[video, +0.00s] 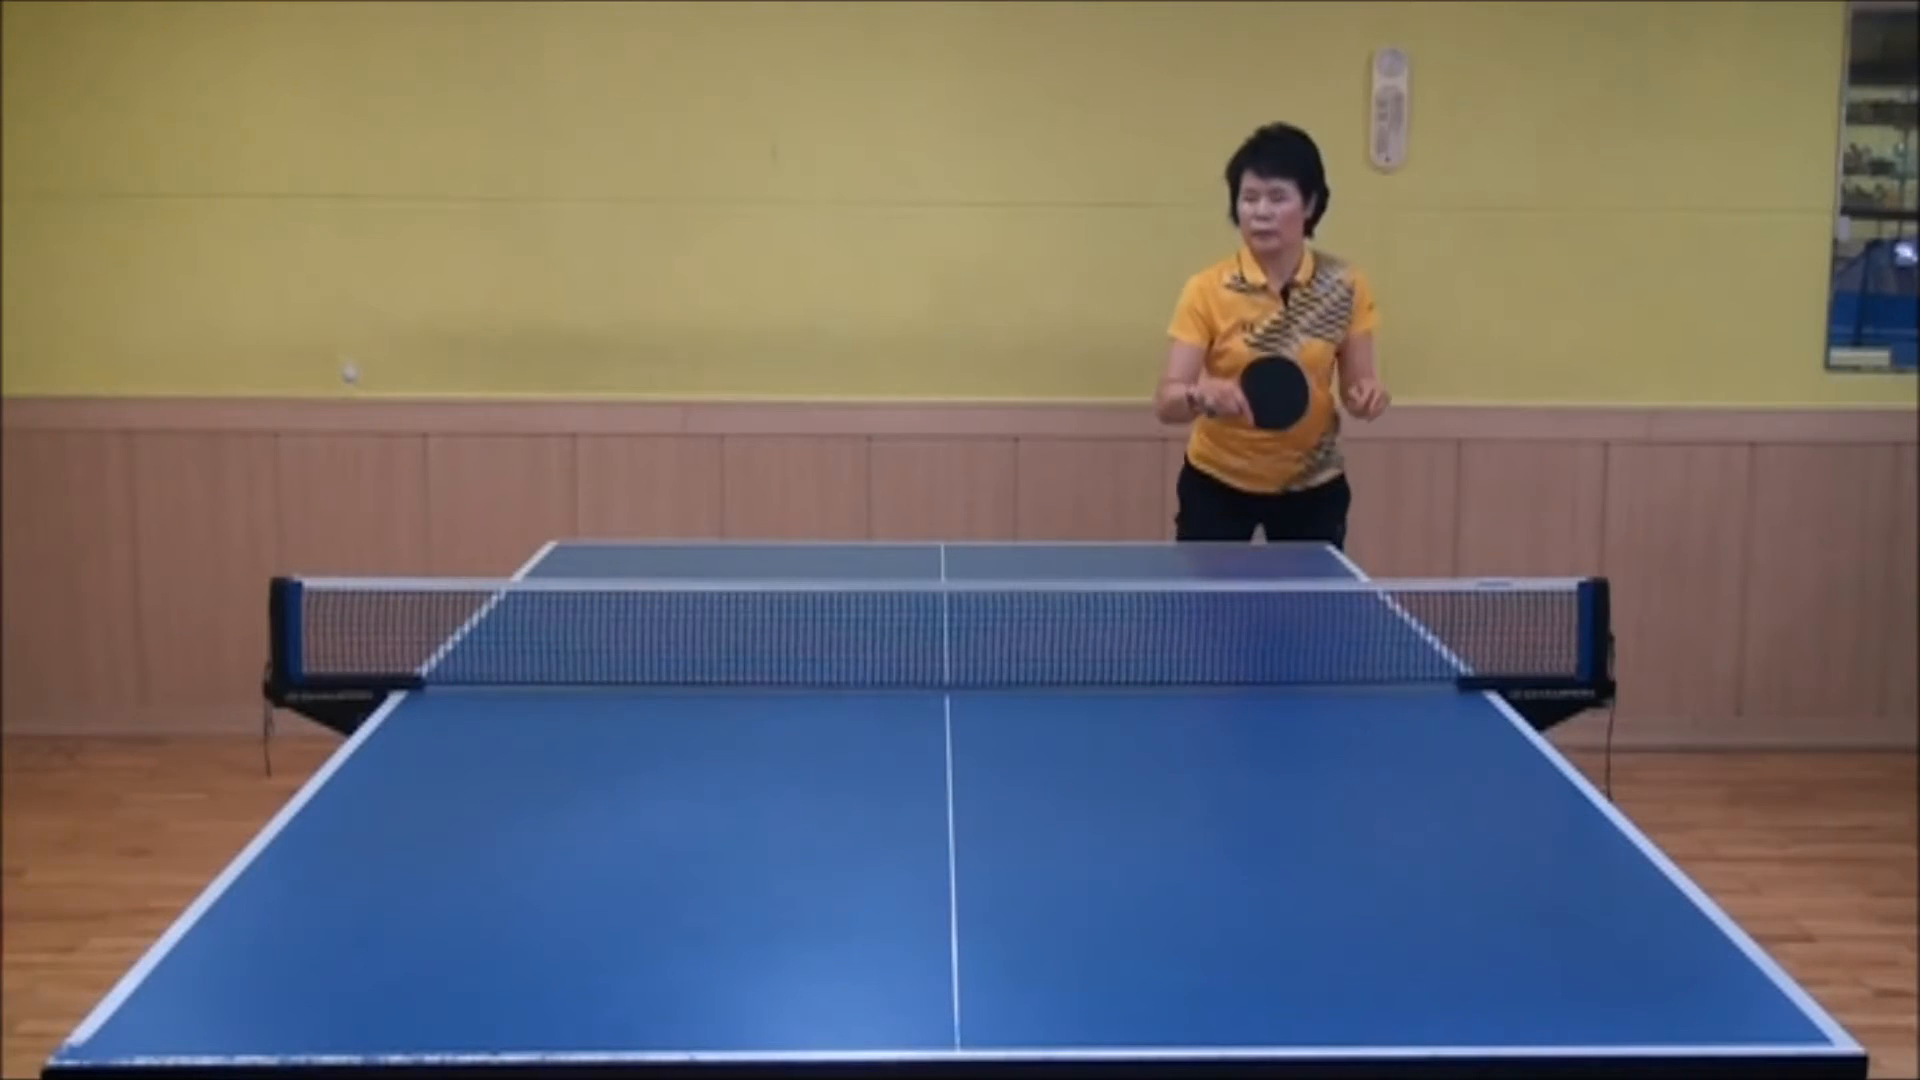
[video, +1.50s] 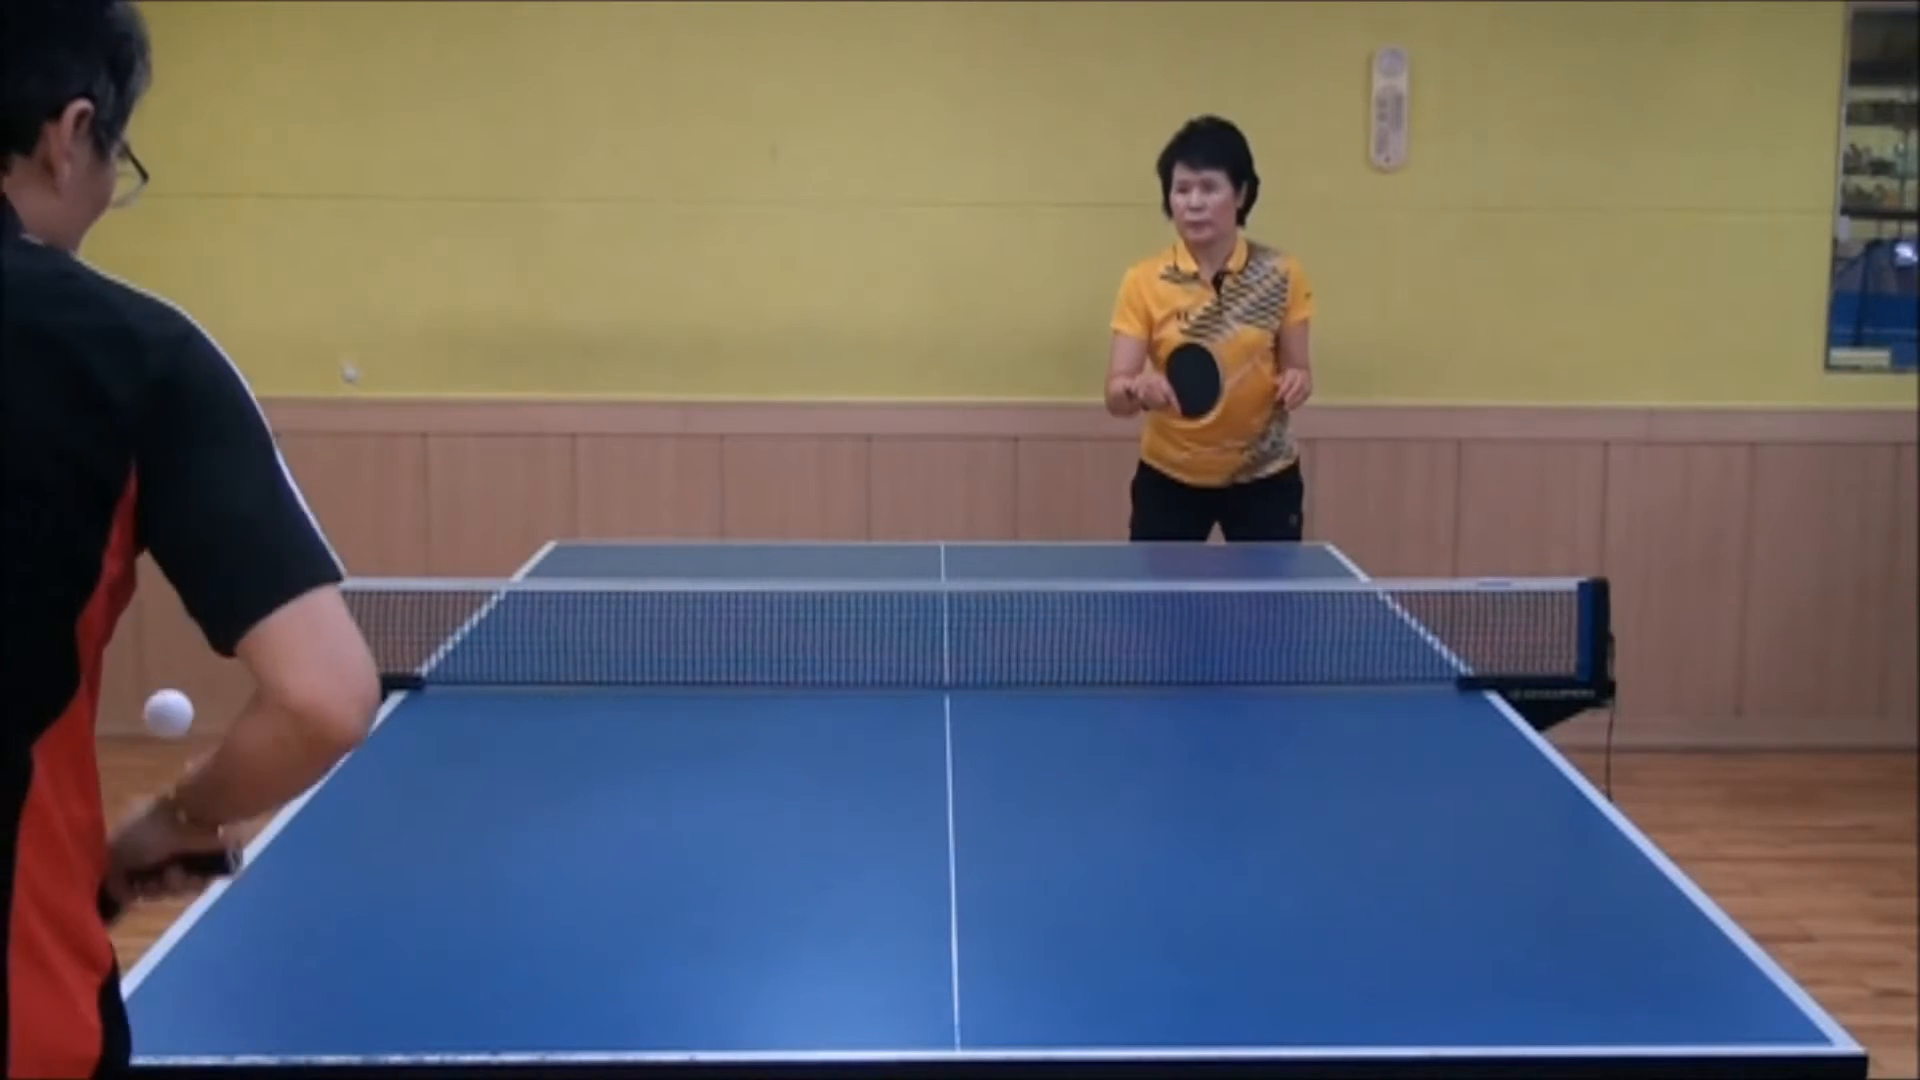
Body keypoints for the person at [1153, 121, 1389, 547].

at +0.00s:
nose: (1262, 212)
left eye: (1278, 197)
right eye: (1250, 197)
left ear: (1310, 205)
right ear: (1235, 205)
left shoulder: (1345, 290)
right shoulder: (1206, 291)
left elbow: (1357, 389)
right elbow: (1167, 404)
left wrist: (1367, 398)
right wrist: (1202, 395)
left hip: (1310, 488)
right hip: (1218, 484)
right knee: (1203, 604)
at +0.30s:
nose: (1221, 208)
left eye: (1237, 195)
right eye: (1210, 194)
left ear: (1267, 205)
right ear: (1194, 203)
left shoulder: (1298, 289)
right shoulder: (1162, 287)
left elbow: (1300, 386)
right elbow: (1129, 401)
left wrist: (1312, 399)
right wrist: (1162, 391)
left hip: (1264, 491)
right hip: (1171, 488)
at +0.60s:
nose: (1171, 207)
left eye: (1187, 192)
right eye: (1159, 192)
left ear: (1217, 199)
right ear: (1144, 200)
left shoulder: (1253, 282)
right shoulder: (1116, 283)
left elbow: (1262, 374)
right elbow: (1084, 395)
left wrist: (1256, 387)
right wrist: (1110, 388)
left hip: (1229, 482)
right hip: (1136, 480)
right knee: (1120, 599)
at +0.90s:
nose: (1182, 200)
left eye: (1197, 186)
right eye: (1170, 187)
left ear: (1228, 193)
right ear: (1154, 196)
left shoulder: (1265, 276)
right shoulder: (1129, 279)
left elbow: (1277, 370)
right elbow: (1104, 393)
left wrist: (1275, 383)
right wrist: (1133, 387)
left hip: (1240, 481)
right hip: (1148, 479)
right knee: (1134, 599)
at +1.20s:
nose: (1207, 203)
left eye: (1222, 188)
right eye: (1195, 189)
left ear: (1254, 195)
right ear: (1180, 198)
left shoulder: (1288, 281)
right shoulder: (1155, 282)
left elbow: (1297, 372)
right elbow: (1126, 393)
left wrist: (1294, 386)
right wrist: (1153, 390)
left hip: (1262, 486)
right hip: (1170, 483)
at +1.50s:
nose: (1194, 202)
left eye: (1209, 188)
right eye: (1182, 189)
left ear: (1242, 194)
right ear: (1167, 198)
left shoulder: (1282, 277)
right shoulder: (1144, 282)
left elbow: (1297, 369)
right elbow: (1117, 397)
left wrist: (1294, 383)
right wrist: (1139, 390)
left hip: (1263, 482)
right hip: (1170, 481)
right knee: (1154, 600)